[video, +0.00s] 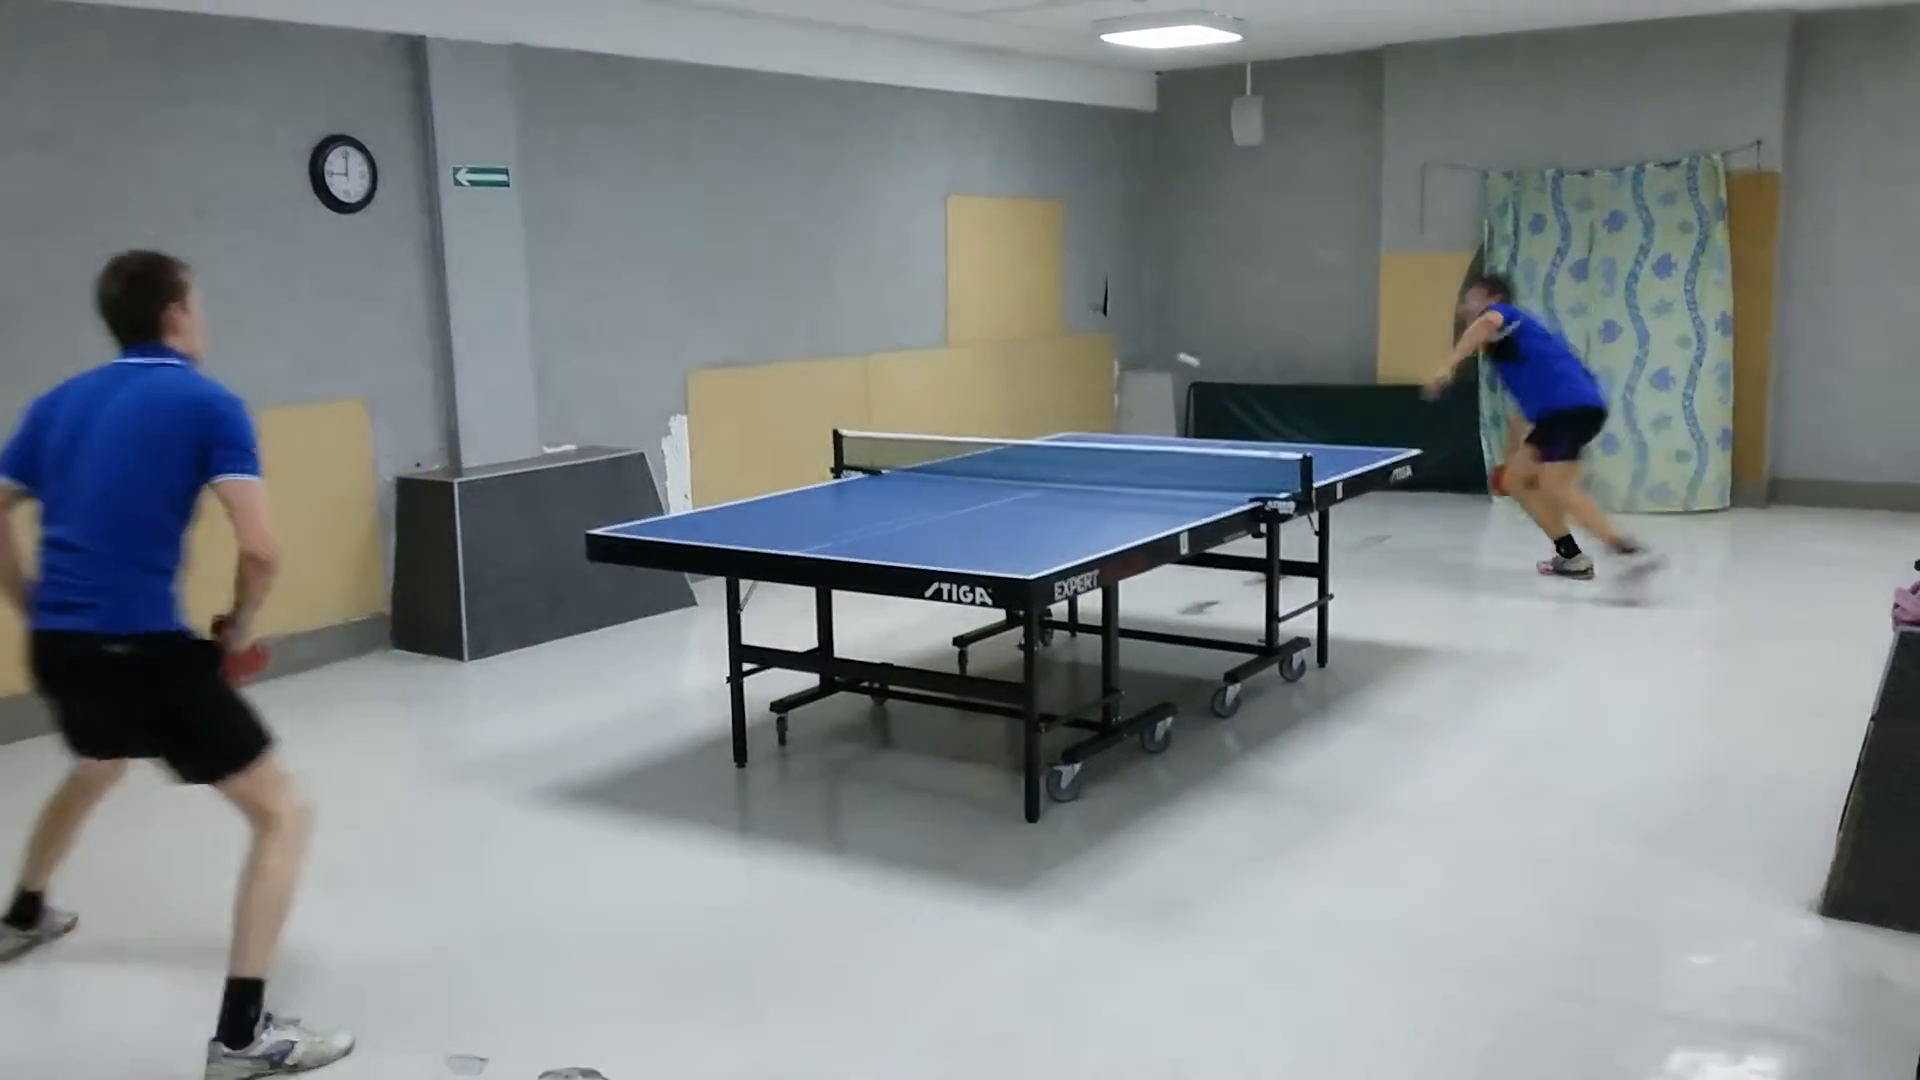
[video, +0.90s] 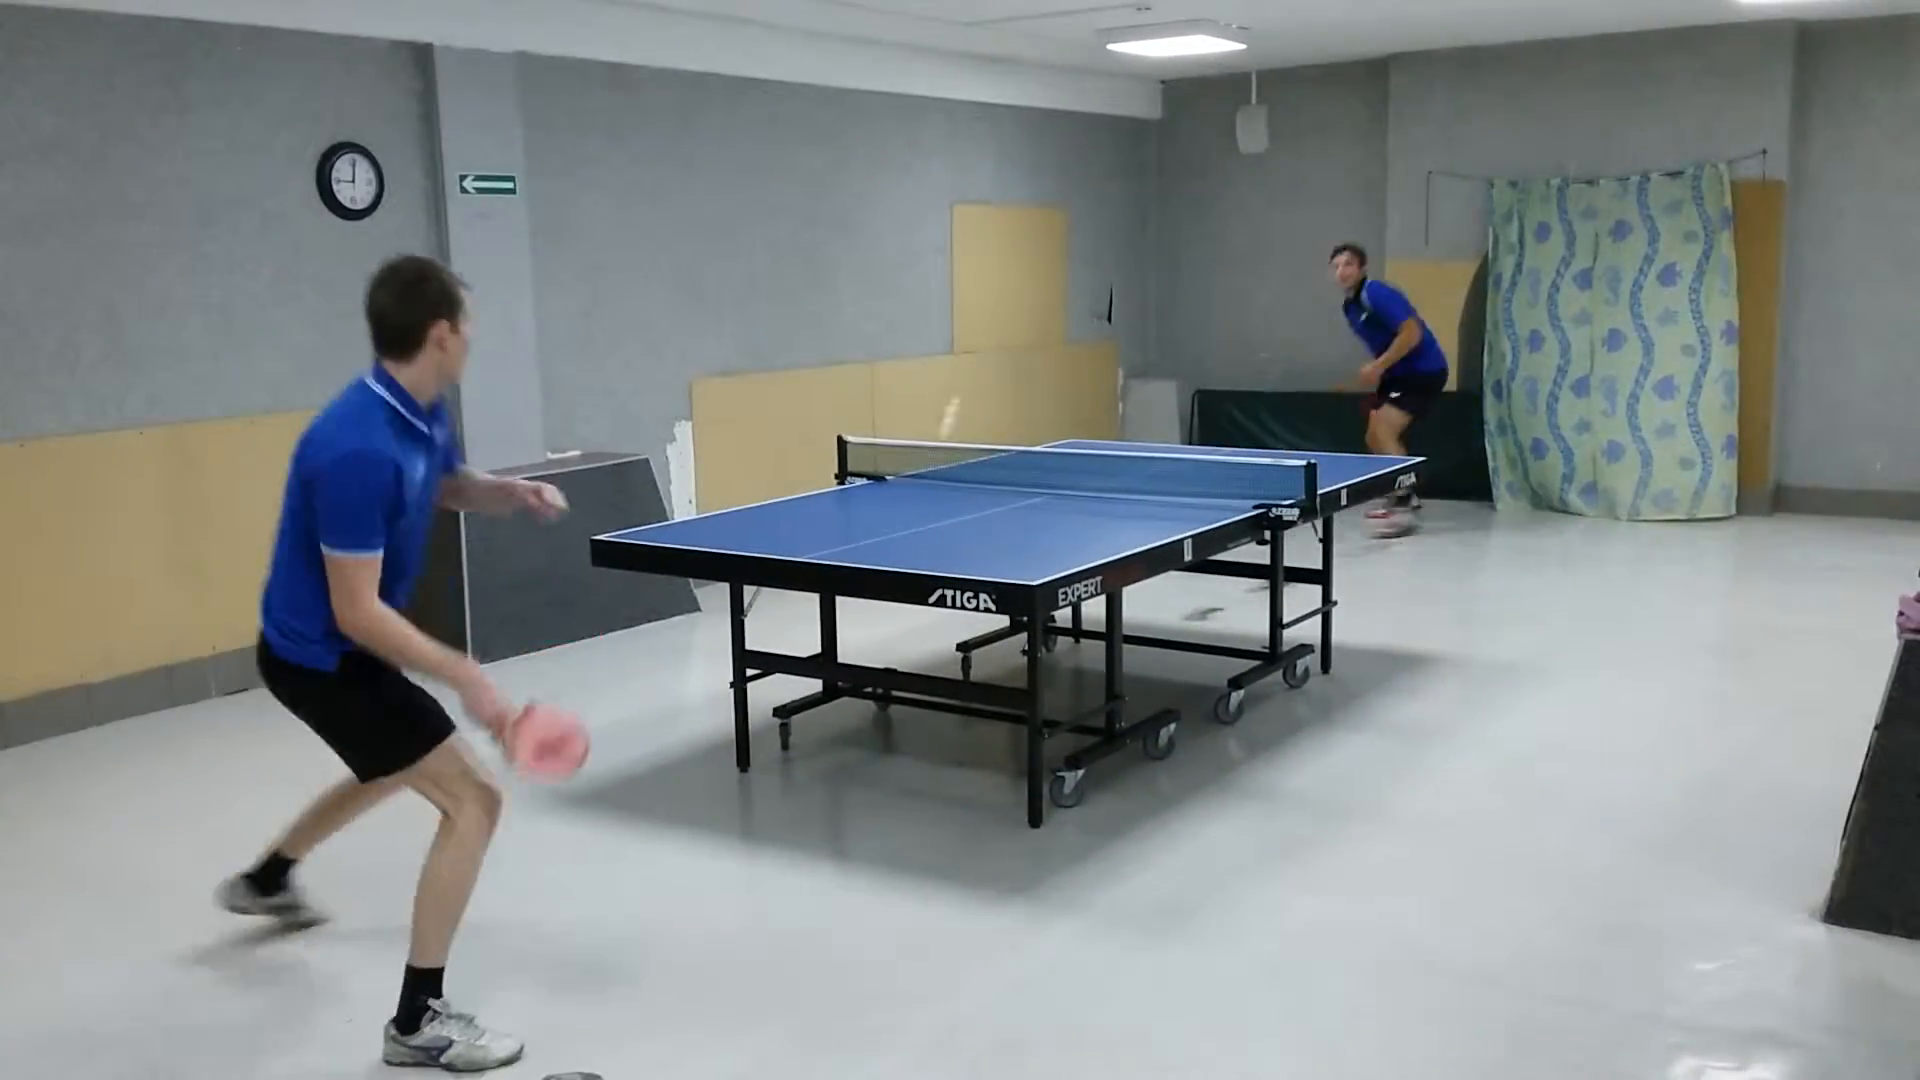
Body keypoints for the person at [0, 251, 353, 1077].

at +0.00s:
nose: (201, 319)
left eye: (194, 304)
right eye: (194, 305)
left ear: (119, 323)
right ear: (174, 317)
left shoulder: (62, 400)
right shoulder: (205, 400)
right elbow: (258, 550)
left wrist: (31, 599)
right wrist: (237, 631)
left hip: (58, 642)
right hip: (146, 649)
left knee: (98, 763)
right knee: (281, 812)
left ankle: (23, 910)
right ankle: (242, 1029)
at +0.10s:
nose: (241, 302)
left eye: (235, 288)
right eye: (235, 290)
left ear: (152, 306)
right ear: (218, 300)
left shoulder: (105, 391)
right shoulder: (248, 391)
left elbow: (27, 509)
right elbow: (281, 542)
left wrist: (82, 594)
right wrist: (277, 611)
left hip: (119, 643)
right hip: (214, 649)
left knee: (153, 756)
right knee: (311, 818)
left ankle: (80, 913)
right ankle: (244, 1030)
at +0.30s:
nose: (299, 253)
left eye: (293, 239)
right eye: (295, 241)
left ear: (211, 256)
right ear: (279, 252)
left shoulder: (154, 341)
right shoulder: (311, 351)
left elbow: (92, 464)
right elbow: (337, 510)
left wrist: (148, 549)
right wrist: (352, 584)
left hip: (171, 599)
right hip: (263, 602)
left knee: (221, 744)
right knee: (366, 780)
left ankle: (210, 913)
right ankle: (312, 992)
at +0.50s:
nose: (373, 318)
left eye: (367, 304)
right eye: (368, 305)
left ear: (290, 317)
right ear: (350, 314)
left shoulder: (234, 392)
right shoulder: (359, 415)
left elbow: (169, 505)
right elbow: (382, 573)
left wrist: (244, 552)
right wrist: (447, 598)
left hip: (200, 641)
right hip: (285, 650)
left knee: (281, 756)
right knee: (420, 806)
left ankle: (208, 921)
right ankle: (403, 1029)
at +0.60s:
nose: (390, 319)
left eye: (384, 305)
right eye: (386, 307)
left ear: (309, 318)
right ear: (367, 318)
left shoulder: (262, 385)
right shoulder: (354, 416)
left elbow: (267, 523)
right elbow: (364, 577)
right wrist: (473, 599)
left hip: (209, 633)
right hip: (282, 647)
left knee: (287, 758)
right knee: (426, 793)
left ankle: (209, 921)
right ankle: (404, 1018)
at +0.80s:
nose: (436, 315)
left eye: (432, 301)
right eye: (432, 302)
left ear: (362, 314)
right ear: (411, 314)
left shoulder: (342, 383)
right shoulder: (355, 422)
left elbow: (371, 473)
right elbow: (354, 588)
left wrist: (465, 480)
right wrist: (474, 634)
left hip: (275, 626)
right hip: (308, 647)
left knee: (331, 761)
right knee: (451, 793)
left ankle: (219, 910)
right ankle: (418, 1016)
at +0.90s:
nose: (468, 337)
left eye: (466, 323)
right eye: (464, 324)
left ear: (411, 335)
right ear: (440, 335)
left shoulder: (424, 404)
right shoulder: (357, 449)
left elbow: (437, 483)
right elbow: (355, 610)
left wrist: (505, 491)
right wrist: (465, 678)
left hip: (355, 636)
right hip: (313, 655)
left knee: (402, 757)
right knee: (473, 802)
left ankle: (266, 876)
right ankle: (419, 1017)